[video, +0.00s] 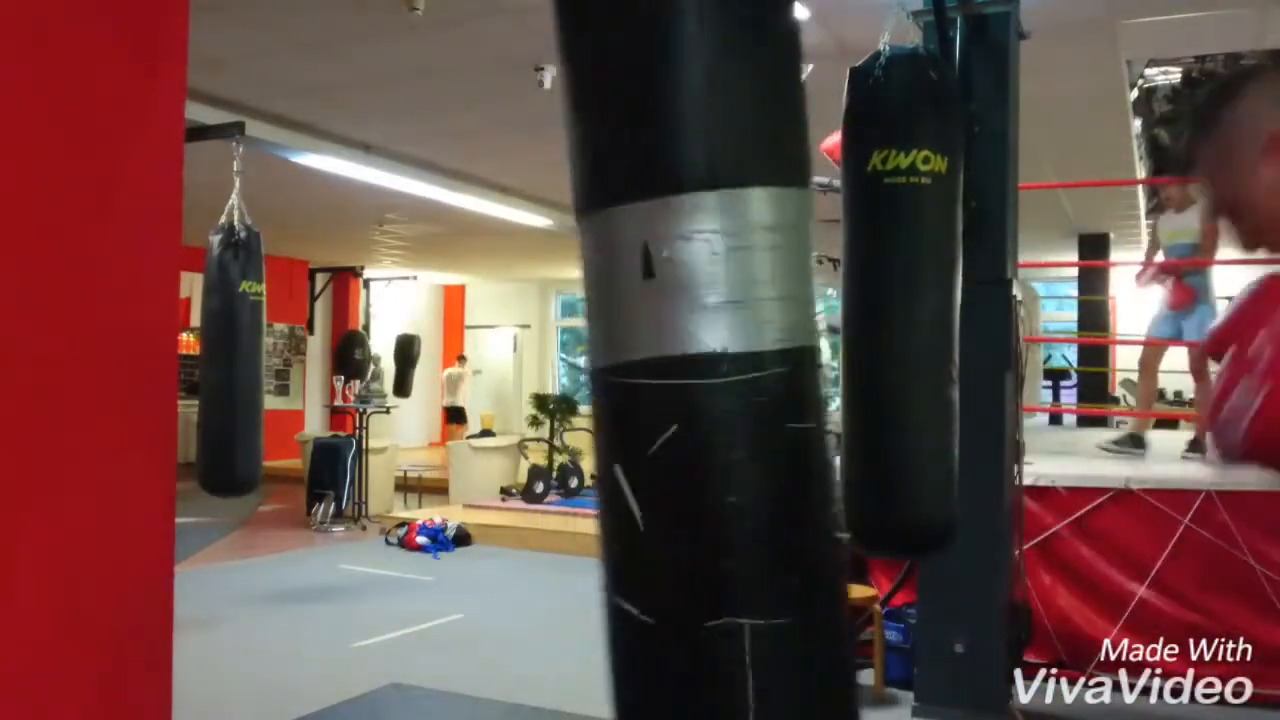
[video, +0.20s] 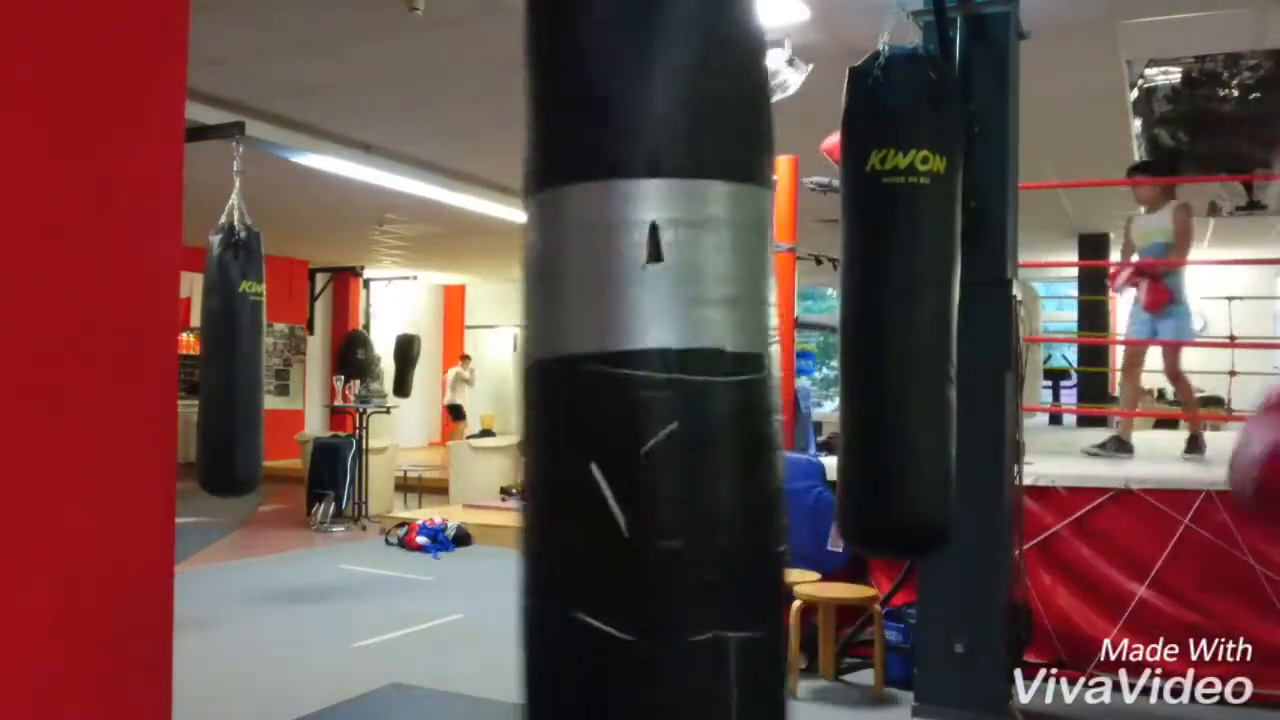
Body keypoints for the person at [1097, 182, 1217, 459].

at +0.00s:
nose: (1164, 194)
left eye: (1167, 186)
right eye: (1159, 189)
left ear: (1184, 184)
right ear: (1157, 191)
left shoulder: (1204, 212)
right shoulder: (1160, 219)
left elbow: (1207, 258)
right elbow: (1151, 253)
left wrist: (1172, 268)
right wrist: (1147, 269)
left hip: (1198, 299)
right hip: (1170, 298)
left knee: (1198, 368)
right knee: (1147, 362)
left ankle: (1200, 436)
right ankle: (1137, 433)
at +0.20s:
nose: (1136, 192)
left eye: (1141, 185)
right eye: (1133, 186)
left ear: (1160, 184)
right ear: (1133, 189)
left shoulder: (1178, 211)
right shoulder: (1134, 221)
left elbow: (1180, 257)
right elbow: (1125, 261)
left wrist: (1144, 268)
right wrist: (1124, 274)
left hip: (1171, 299)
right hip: (1143, 299)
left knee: (1173, 370)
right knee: (1131, 367)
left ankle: (1195, 432)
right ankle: (1123, 436)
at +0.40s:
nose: (1111, 191)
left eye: (1115, 184)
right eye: (1108, 185)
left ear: (1132, 181)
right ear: (1109, 186)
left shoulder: (1157, 207)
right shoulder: (1112, 217)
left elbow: (1158, 251)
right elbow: (1098, 255)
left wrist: (1122, 263)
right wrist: (1098, 270)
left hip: (1142, 286)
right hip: (1116, 288)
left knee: (1124, 361)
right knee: (1115, 364)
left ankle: (1162, 411)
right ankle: (1120, 436)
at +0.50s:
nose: (1102, 189)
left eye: (1106, 182)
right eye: (1099, 184)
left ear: (1124, 179)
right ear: (1099, 184)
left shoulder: (1146, 207)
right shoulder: (1102, 215)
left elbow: (1147, 252)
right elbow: (1089, 251)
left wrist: (1114, 263)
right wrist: (1086, 267)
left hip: (1131, 286)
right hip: (1106, 288)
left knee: (1113, 354)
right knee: (1108, 356)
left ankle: (1124, 428)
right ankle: (1124, 426)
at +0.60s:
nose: (1090, 187)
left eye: (1094, 180)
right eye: (1087, 181)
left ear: (1112, 177)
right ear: (1089, 182)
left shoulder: (1136, 205)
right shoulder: (1094, 213)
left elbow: (1136, 251)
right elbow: (1080, 249)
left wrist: (1102, 264)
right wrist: (1078, 268)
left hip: (1121, 287)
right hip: (1097, 289)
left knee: (1107, 358)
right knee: (1107, 362)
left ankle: (1103, 430)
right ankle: (1120, 434)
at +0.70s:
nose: (1080, 185)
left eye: (1084, 178)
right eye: (1078, 179)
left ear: (1103, 177)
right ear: (1080, 181)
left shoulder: (1126, 203)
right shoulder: (1085, 213)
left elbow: (1125, 250)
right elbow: (1073, 249)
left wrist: (1091, 265)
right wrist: (1068, 268)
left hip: (1111, 288)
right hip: (1087, 289)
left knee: (1101, 363)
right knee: (1100, 366)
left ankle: (1080, 433)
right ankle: (1119, 432)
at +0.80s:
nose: (1072, 181)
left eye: (1076, 174)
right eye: (1069, 176)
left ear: (1094, 172)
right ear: (1075, 178)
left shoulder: (1116, 202)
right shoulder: (1077, 210)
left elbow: (1114, 250)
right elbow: (1066, 247)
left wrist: (1080, 263)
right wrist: (1059, 266)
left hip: (1102, 286)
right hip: (1079, 286)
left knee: (1089, 358)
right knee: (1086, 360)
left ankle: (1080, 433)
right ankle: (1095, 431)